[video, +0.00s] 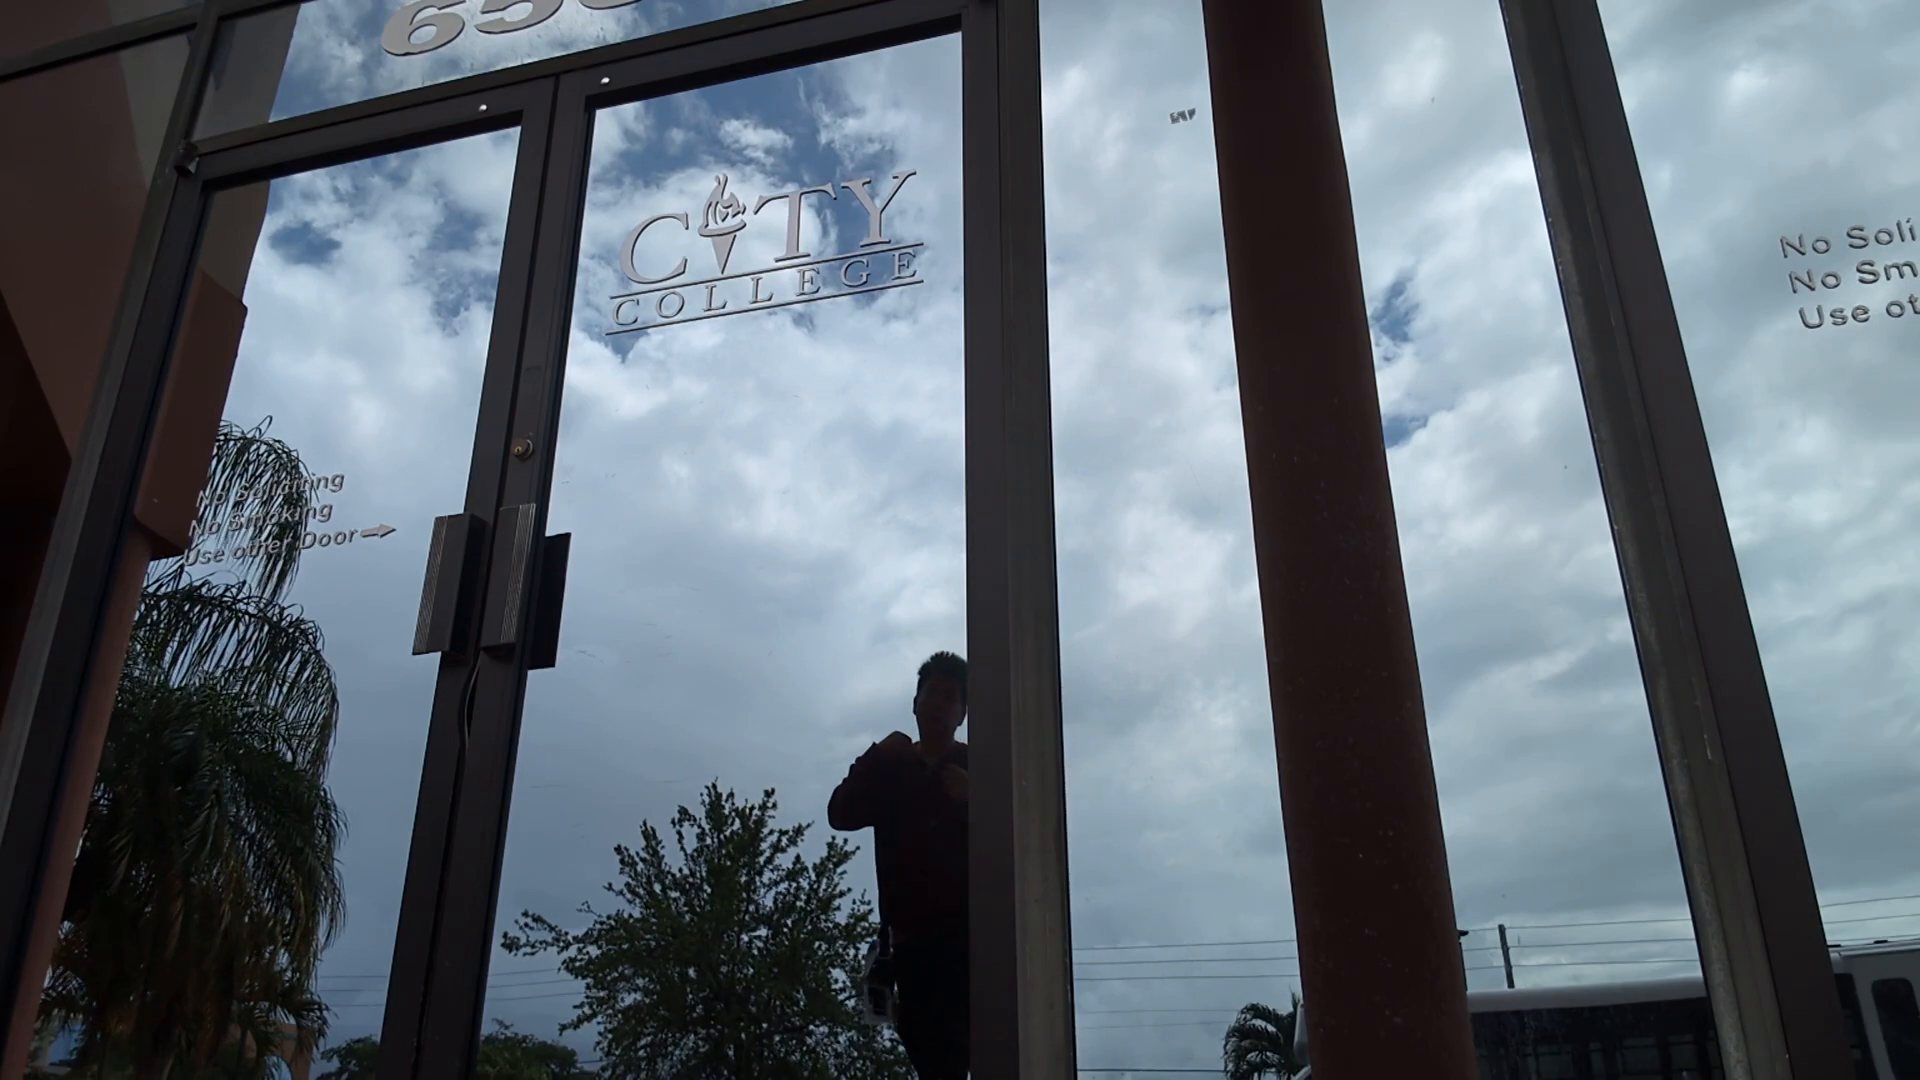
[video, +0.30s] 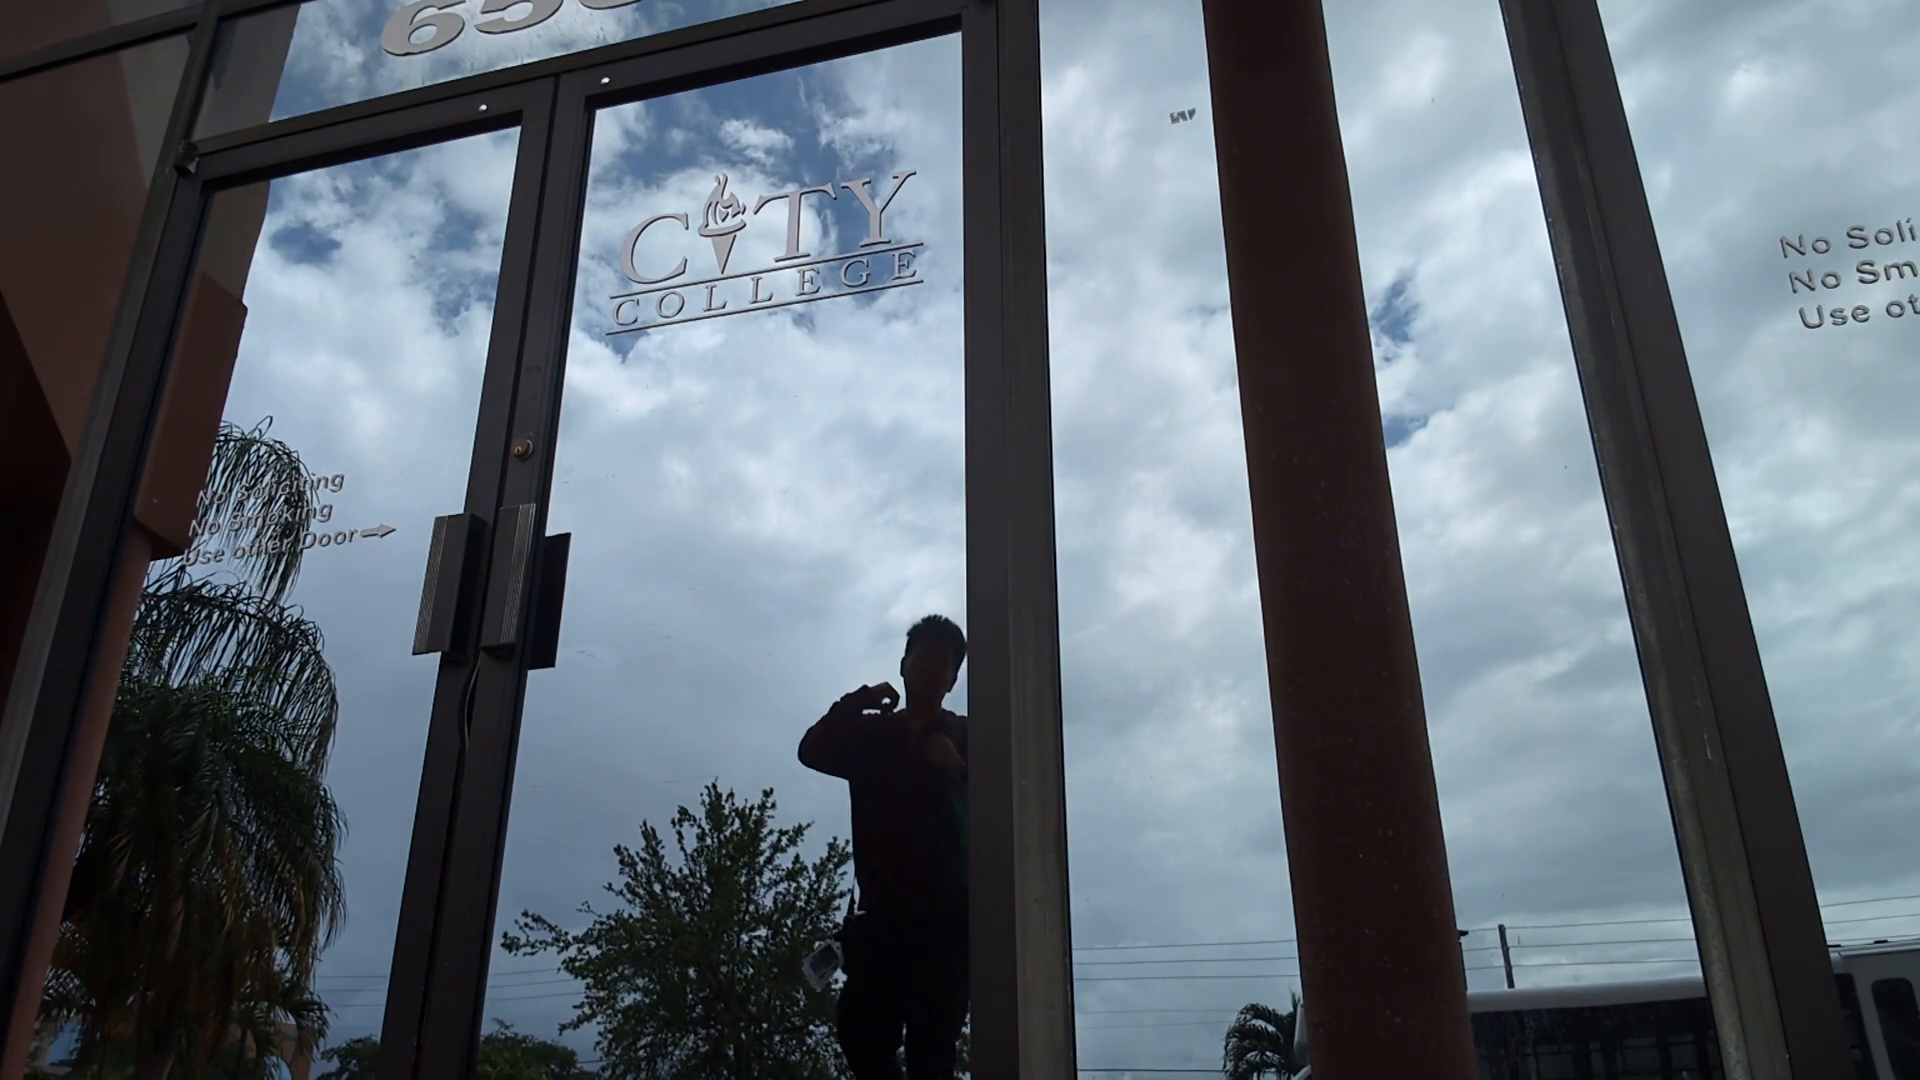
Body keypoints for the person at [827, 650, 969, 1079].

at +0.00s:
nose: (938, 704)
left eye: (949, 697)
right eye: (930, 694)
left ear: (964, 708)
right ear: (915, 703)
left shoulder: (978, 766)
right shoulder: (890, 765)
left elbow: (1013, 824)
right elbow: (840, 815)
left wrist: (976, 794)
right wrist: (879, 757)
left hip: (973, 932)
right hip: (911, 932)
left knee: (971, 1049)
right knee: (928, 1053)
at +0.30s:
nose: (926, 669)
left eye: (939, 660)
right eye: (918, 657)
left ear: (955, 673)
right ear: (904, 664)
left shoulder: (971, 737)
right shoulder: (873, 736)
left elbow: (1002, 805)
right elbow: (812, 751)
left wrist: (959, 768)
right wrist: (855, 702)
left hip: (949, 915)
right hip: (881, 912)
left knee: (932, 1047)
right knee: (862, 1037)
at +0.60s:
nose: (903, 641)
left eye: (918, 634)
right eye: (896, 629)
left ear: (934, 649)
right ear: (882, 637)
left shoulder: (955, 712)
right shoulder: (851, 704)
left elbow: (982, 778)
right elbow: (795, 667)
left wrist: (936, 745)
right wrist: (855, 653)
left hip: (930, 894)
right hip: (859, 890)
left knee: (925, 1046)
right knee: (832, 1046)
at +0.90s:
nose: (876, 609)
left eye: (890, 602)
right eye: (869, 595)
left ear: (904, 617)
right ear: (847, 600)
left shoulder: (920, 682)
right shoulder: (809, 675)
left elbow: (966, 764)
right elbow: (756, 633)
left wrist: (911, 714)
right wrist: (823, 625)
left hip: (897, 868)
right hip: (819, 863)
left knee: (898, 1022)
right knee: (805, 1026)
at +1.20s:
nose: (868, 579)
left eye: (883, 572)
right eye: (860, 564)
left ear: (896, 590)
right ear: (838, 569)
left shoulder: (910, 658)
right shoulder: (787, 643)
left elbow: (955, 750)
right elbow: (724, 680)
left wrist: (901, 691)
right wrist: (808, 637)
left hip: (888, 856)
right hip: (801, 853)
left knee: (884, 1014)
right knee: (802, 1016)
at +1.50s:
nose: (896, 545)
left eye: (913, 539)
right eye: (888, 530)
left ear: (927, 557)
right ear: (866, 534)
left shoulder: (939, 633)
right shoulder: (805, 606)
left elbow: (972, 732)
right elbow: (741, 687)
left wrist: (920, 666)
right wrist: (820, 643)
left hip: (902, 840)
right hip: (809, 832)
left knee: (889, 1008)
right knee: (800, 1009)